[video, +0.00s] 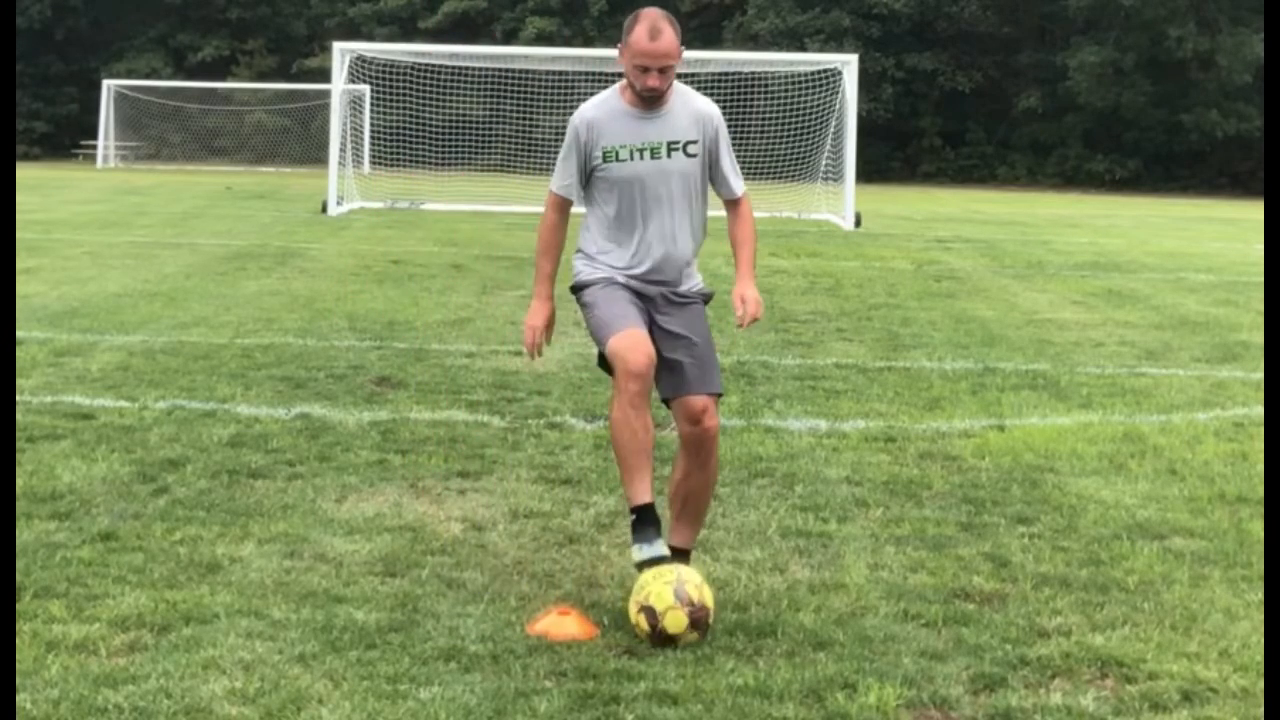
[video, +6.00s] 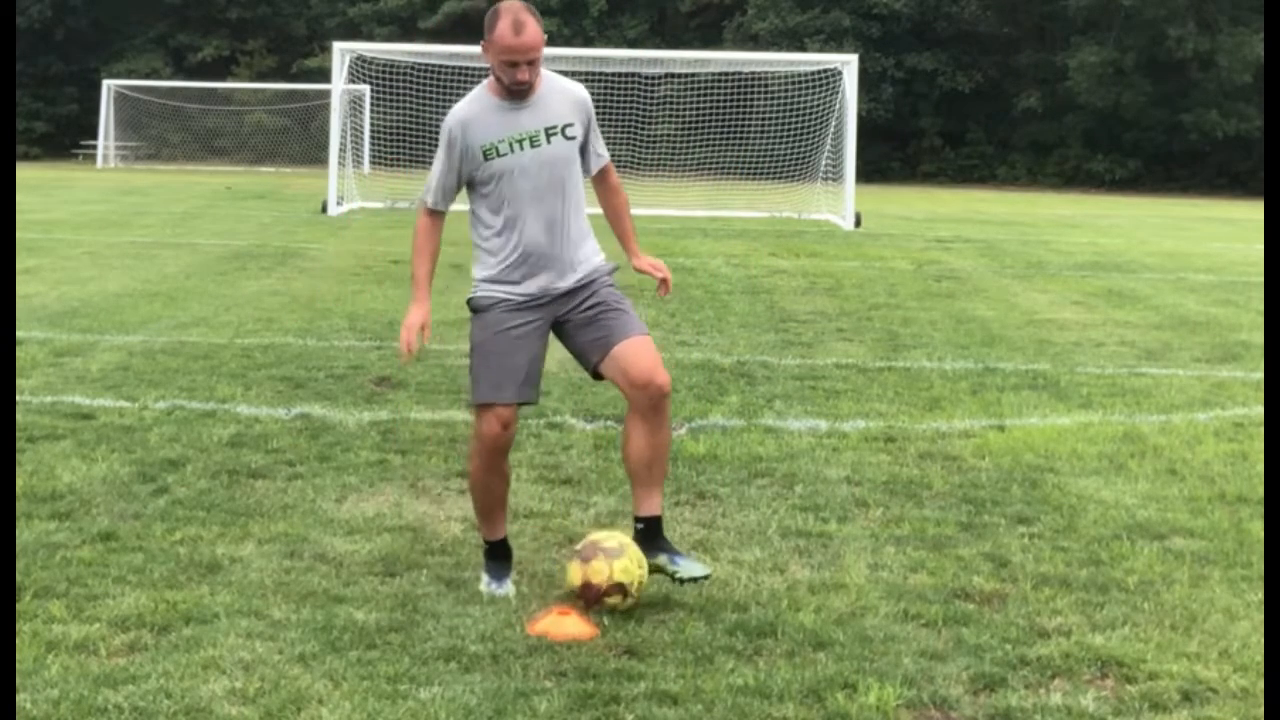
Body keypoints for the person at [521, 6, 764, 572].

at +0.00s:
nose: (653, 82)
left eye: (665, 70)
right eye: (642, 69)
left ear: (680, 62)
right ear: (620, 57)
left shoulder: (703, 116)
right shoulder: (589, 121)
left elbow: (735, 201)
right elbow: (557, 207)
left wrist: (745, 278)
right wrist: (541, 298)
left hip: (677, 284)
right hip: (606, 275)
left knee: (701, 417)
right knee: (636, 361)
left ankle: (677, 562)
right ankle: (643, 524)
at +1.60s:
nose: (642, 44)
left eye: (654, 33)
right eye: (632, 31)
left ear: (678, 20)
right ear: (619, 17)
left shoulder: (709, 83)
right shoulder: (593, 73)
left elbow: (739, 158)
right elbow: (565, 158)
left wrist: (728, 233)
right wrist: (536, 240)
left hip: (667, 263)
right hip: (587, 250)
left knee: (679, 404)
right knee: (550, 365)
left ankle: (688, 551)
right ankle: (558, 492)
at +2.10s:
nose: (609, 62)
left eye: (621, 52)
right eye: (601, 49)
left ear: (651, 41)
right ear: (592, 36)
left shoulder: (687, 104)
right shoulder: (573, 94)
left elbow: (724, 184)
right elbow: (547, 178)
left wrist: (699, 259)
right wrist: (512, 255)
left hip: (644, 278)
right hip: (566, 265)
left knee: (644, 420)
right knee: (493, 377)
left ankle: (649, 558)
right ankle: (465, 506)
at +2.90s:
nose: (527, 47)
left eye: (539, 36)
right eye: (518, 35)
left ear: (569, 22)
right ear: (509, 22)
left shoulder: (603, 86)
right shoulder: (499, 76)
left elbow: (645, 171)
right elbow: (496, 153)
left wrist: (624, 243)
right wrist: (470, 230)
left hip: (575, 256)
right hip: (502, 250)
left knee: (571, 389)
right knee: (454, 377)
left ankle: (618, 509)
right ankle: (444, 523)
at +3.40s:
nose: (470, 83)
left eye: (481, 70)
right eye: (459, 71)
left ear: (506, 58)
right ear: (447, 63)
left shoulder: (547, 114)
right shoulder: (442, 123)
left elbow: (593, 197)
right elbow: (430, 211)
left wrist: (596, 281)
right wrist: (404, 295)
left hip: (543, 267)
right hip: (473, 277)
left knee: (526, 353)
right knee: (430, 410)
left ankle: (531, 498)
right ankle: (446, 552)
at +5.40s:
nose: (481, 44)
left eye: (492, 31)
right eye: (469, 33)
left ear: (509, 14)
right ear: (449, 21)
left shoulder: (546, 68)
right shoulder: (428, 87)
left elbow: (576, 145)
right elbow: (407, 170)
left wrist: (590, 222)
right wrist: (378, 251)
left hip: (547, 243)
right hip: (467, 256)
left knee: (599, 361)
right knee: (452, 399)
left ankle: (600, 482)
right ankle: (455, 532)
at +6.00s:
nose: (523, 76)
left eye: (532, 62)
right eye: (509, 65)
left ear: (544, 49)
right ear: (486, 53)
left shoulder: (573, 99)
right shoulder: (464, 122)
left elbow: (603, 175)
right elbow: (431, 212)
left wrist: (634, 252)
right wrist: (420, 299)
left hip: (584, 280)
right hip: (506, 295)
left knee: (652, 384)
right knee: (495, 430)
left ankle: (651, 540)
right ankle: (497, 558)